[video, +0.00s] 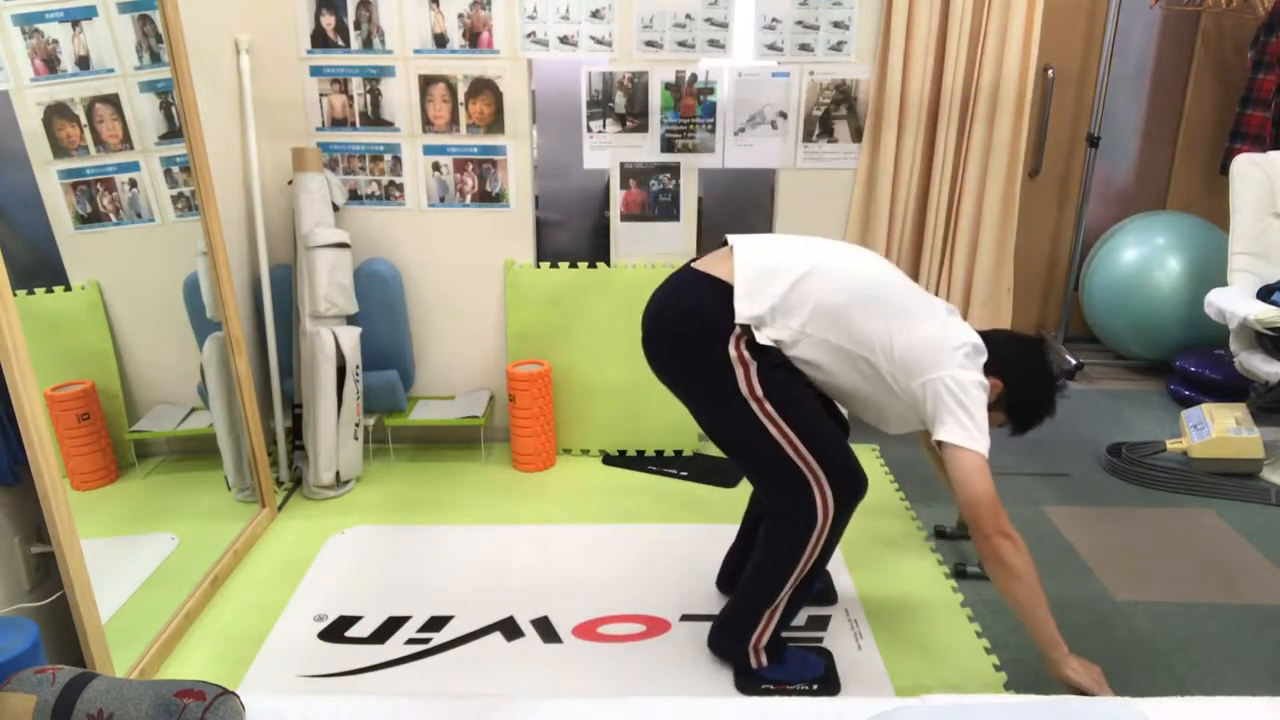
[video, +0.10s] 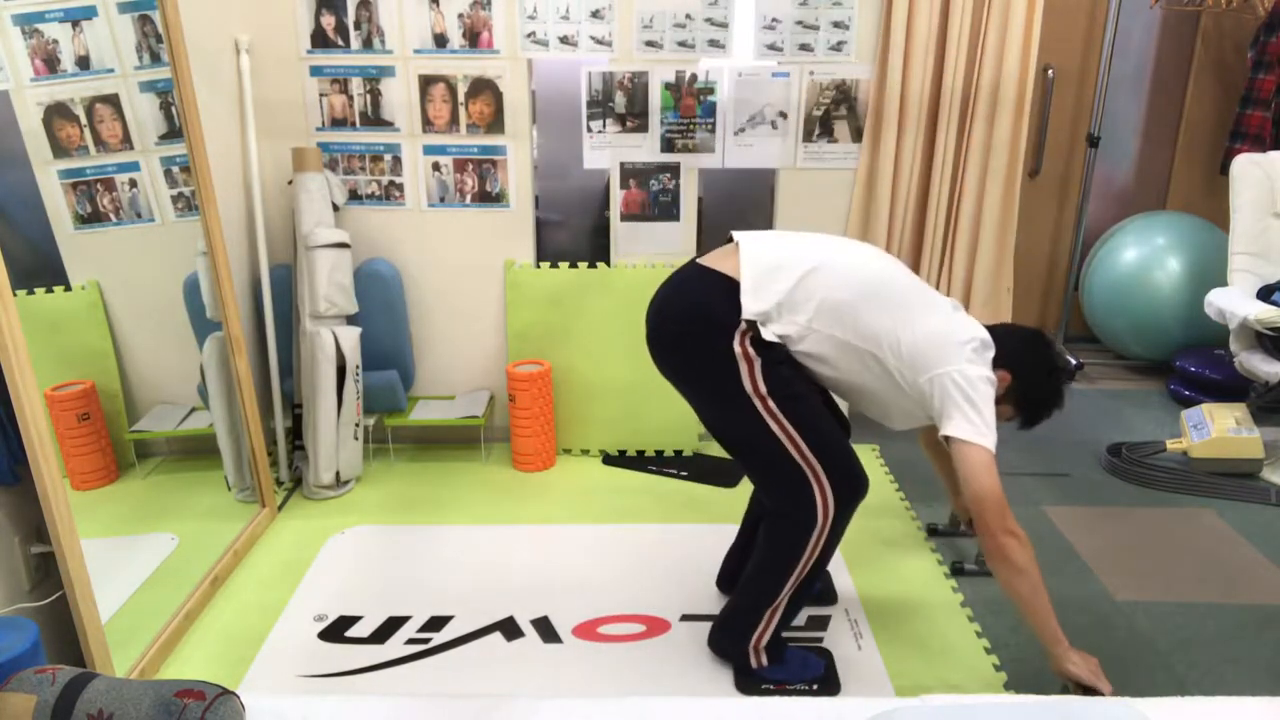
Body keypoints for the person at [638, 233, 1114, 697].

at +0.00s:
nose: (985, 430)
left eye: (994, 428)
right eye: (995, 420)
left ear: (985, 367)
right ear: (990, 388)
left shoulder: (941, 337)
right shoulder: (952, 367)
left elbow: (940, 447)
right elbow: (994, 538)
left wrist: (979, 513)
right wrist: (1059, 655)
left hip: (707, 305)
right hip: (706, 320)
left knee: (831, 464)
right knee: (824, 491)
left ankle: (752, 571)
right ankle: (746, 646)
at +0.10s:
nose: (995, 423)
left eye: (1004, 419)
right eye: (1008, 415)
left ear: (994, 356)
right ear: (999, 382)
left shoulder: (944, 332)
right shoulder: (960, 364)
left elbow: (935, 431)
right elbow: (1000, 537)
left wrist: (962, 500)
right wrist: (1060, 650)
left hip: (710, 300)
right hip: (712, 317)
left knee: (825, 453)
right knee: (829, 490)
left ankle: (751, 571)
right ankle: (746, 644)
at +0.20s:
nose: (1003, 418)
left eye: (1012, 414)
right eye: (1014, 411)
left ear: (1001, 348)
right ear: (1007, 374)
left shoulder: (947, 329)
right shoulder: (969, 362)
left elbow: (936, 432)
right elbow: (1003, 534)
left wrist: (965, 501)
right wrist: (1062, 650)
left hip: (709, 296)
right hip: (720, 314)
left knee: (820, 444)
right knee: (834, 488)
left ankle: (751, 572)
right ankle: (747, 643)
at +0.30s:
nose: (1007, 415)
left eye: (1018, 411)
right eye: (1019, 408)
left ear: (1008, 342)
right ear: (1014, 370)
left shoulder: (953, 326)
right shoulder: (976, 362)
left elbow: (939, 428)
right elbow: (1008, 533)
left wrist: (967, 495)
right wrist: (1066, 650)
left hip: (710, 294)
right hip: (725, 313)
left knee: (818, 448)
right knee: (836, 488)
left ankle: (752, 572)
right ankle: (748, 643)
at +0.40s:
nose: (1011, 416)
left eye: (1021, 412)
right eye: (1023, 409)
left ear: (1010, 343)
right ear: (1017, 371)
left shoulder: (956, 327)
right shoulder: (980, 362)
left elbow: (941, 425)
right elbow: (1014, 531)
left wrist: (969, 492)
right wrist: (1076, 652)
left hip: (714, 292)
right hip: (728, 311)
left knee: (816, 452)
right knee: (836, 488)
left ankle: (752, 572)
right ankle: (748, 642)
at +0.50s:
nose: (1015, 419)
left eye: (1023, 415)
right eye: (1026, 412)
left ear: (1014, 346)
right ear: (1021, 375)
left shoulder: (959, 328)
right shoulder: (984, 366)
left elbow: (942, 422)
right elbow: (1015, 532)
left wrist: (968, 492)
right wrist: (1073, 656)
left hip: (716, 291)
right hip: (730, 310)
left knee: (814, 452)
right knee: (837, 487)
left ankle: (752, 574)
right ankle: (748, 641)